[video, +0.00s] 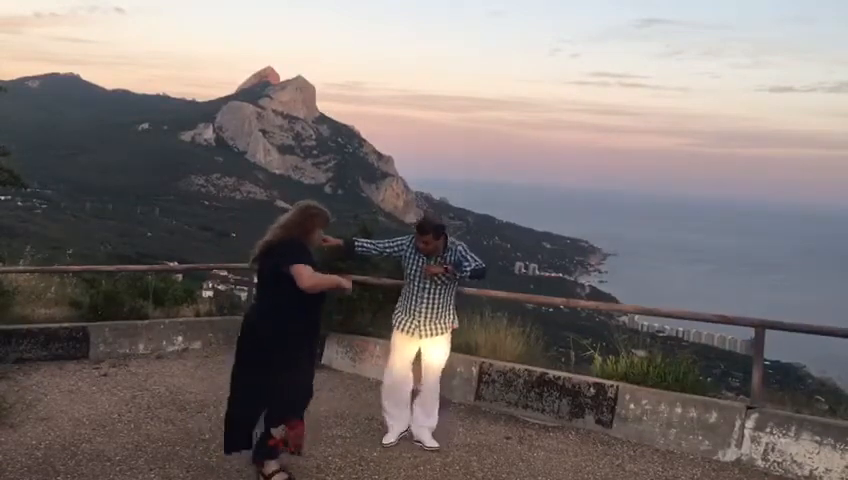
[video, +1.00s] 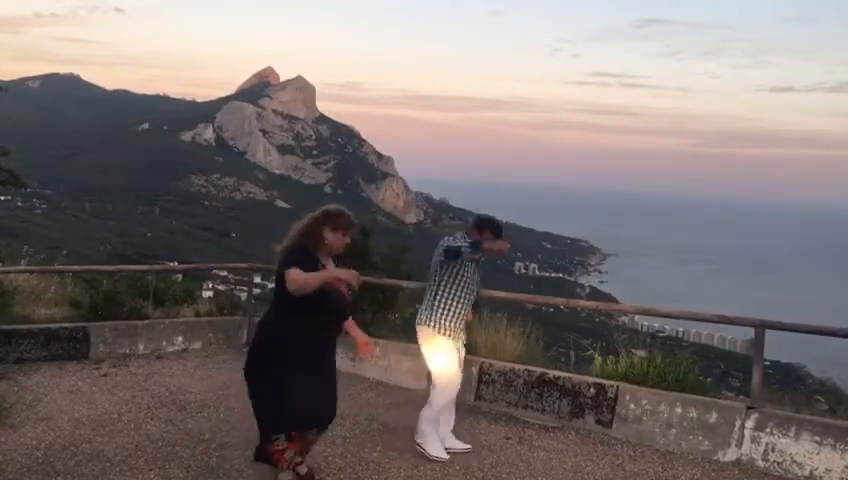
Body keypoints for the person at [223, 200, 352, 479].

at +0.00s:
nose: (322, 236)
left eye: (323, 232)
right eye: (320, 230)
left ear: (295, 222)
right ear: (307, 226)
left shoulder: (280, 247)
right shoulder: (291, 247)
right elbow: (306, 280)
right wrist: (338, 280)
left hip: (276, 333)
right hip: (281, 337)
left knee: (284, 393)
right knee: (285, 395)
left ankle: (269, 451)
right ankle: (266, 458)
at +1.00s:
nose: (346, 242)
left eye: (348, 237)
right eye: (343, 235)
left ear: (330, 234)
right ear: (326, 230)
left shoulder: (329, 266)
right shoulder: (298, 253)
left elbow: (335, 309)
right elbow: (294, 284)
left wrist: (358, 335)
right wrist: (332, 274)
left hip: (316, 352)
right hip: (283, 350)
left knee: (322, 412)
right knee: (290, 412)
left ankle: (295, 460)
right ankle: (285, 468)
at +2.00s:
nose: (379, 227)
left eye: (379, 221)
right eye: (375, 221)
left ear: (363, 224)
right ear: (357, 221)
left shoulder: (373, 263)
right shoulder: (332, 247)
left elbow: (384, 299)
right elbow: (316, 271)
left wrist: (411, 324)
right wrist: (353, 258)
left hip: (351, 351)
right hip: (316, 343)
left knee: (337, 407)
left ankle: (322, 465)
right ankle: (298, 466)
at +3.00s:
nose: (427, 222)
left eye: (425, 217)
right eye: (424, 218)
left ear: (385, 220)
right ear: (417, 222)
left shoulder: (374, 256)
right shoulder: (424, 257)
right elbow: (462, 286)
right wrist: (496, 271)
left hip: (368, 358)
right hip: (410, 363)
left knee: (365, 430)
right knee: (407, 439)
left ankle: (359, 472)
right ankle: (407, 468)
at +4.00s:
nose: (455, 227)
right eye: (451, 223)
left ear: (398, 224)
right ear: (443, 231)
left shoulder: (380, 260)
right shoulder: (455, 268)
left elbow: (335, 281)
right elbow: (490, 292)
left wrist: (304, 293)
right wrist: (490, 260)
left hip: (378, 370)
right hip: (433, 375)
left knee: (355, 450)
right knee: (421, 458)